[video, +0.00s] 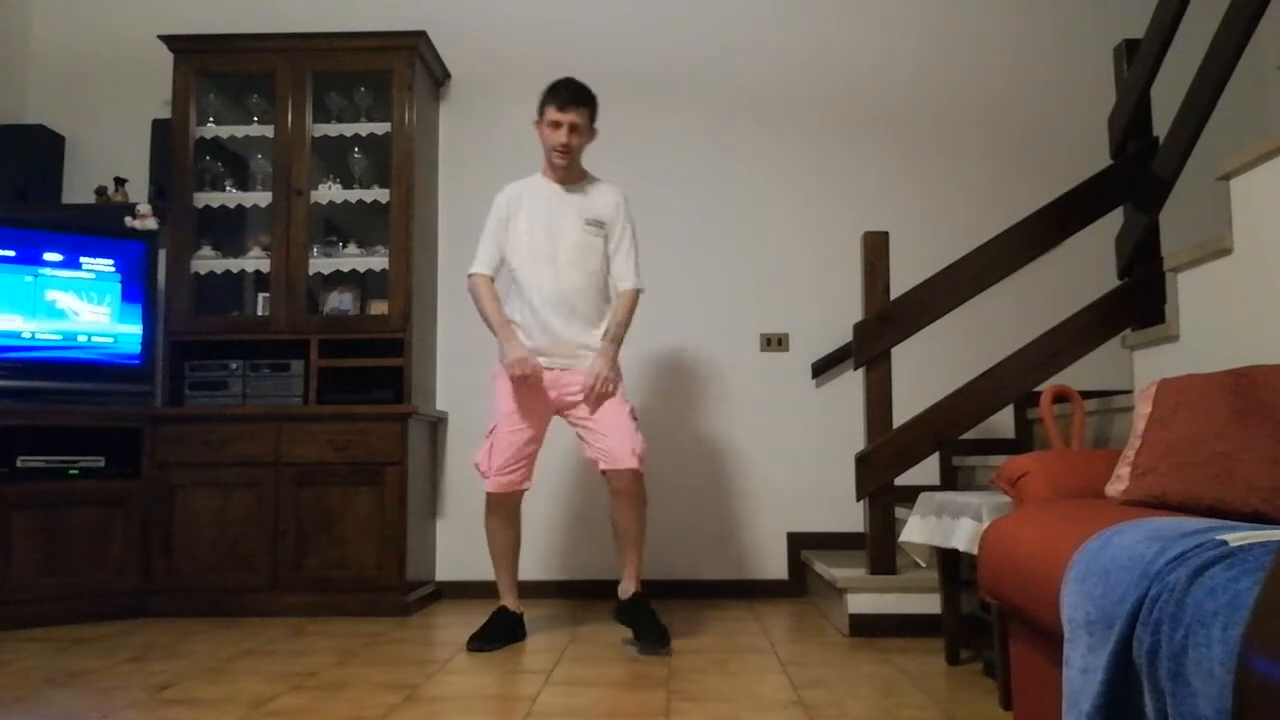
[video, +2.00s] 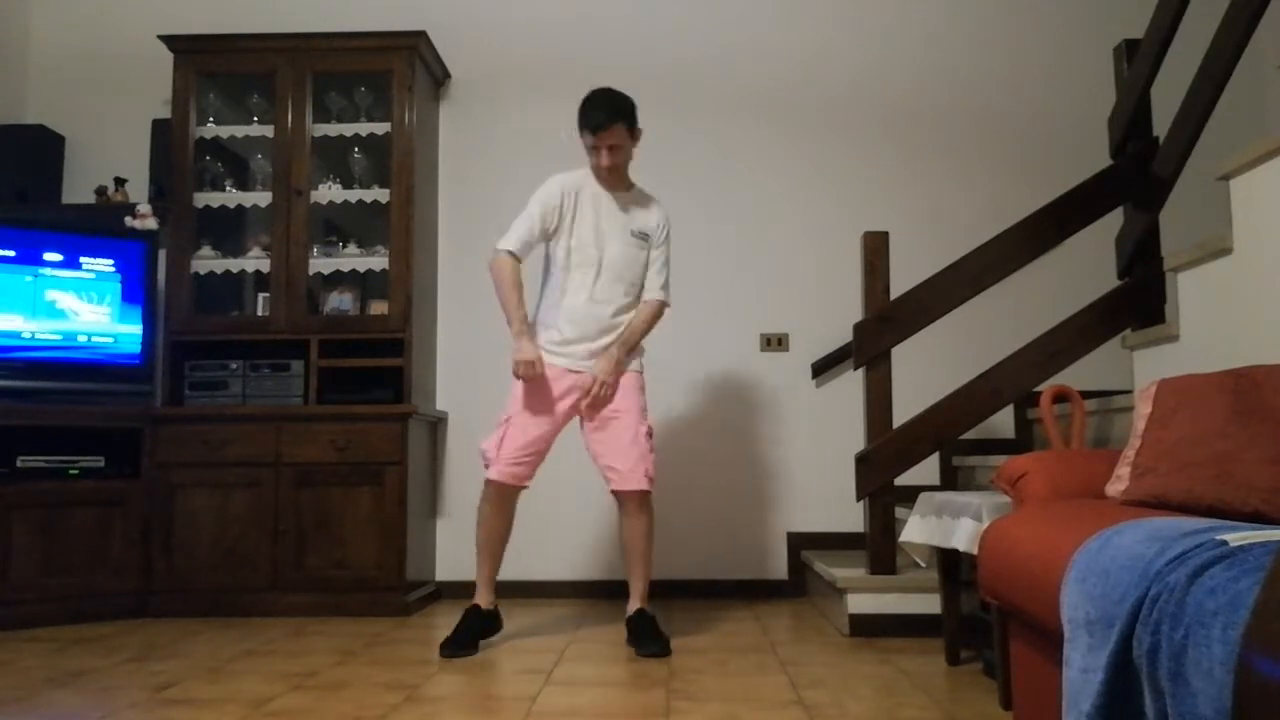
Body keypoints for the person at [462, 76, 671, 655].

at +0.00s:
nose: (562, 137)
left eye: (574, 128)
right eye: (554, 126)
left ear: (589, 134)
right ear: (538, 127)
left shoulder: (608, 200)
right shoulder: (512, 198)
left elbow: (628, 287)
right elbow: (480, 277)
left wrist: (609, 350)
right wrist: (508, 339)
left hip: (591, 368)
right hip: (524, 368)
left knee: (627, 469)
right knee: (501, 485)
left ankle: (632, 597)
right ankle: (508, 609)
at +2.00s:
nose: (604, 154)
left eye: (613, 142)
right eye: (594, 143)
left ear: (635, 137)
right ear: (583, 141)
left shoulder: (651, 214)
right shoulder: (561, 191)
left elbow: (655, 299)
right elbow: (504, 257)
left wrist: (615, 356)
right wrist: (522, 337)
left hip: (617, 371)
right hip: (547, 367)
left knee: (635, 489)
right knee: (501, 478)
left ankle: (638, 610)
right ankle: (483, 604)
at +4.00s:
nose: (563, 124)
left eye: (570, 113)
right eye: (552, 121)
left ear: (592, 116)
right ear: (544, 133)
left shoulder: (628, 175)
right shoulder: (540, 202)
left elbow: (670, 257)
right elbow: (493, 278)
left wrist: (630, 321)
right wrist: (497, 331)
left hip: (611, 366)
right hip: (541, 367)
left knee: (631, 486)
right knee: (499, 476)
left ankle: (640, 610)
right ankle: (508, 598)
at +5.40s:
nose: (579, 126)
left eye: (588, 113)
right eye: (568, 119)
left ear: (610, 112)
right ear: (557, 126)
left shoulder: (636, 198)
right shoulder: (544, 174)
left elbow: (648, 291)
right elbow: (474, 229)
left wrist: (615, 348)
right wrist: (492, 306)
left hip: (605, 372)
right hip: (532, 367)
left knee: (630, 488)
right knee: (488, 481)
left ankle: (636, 613)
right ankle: (476, 609)